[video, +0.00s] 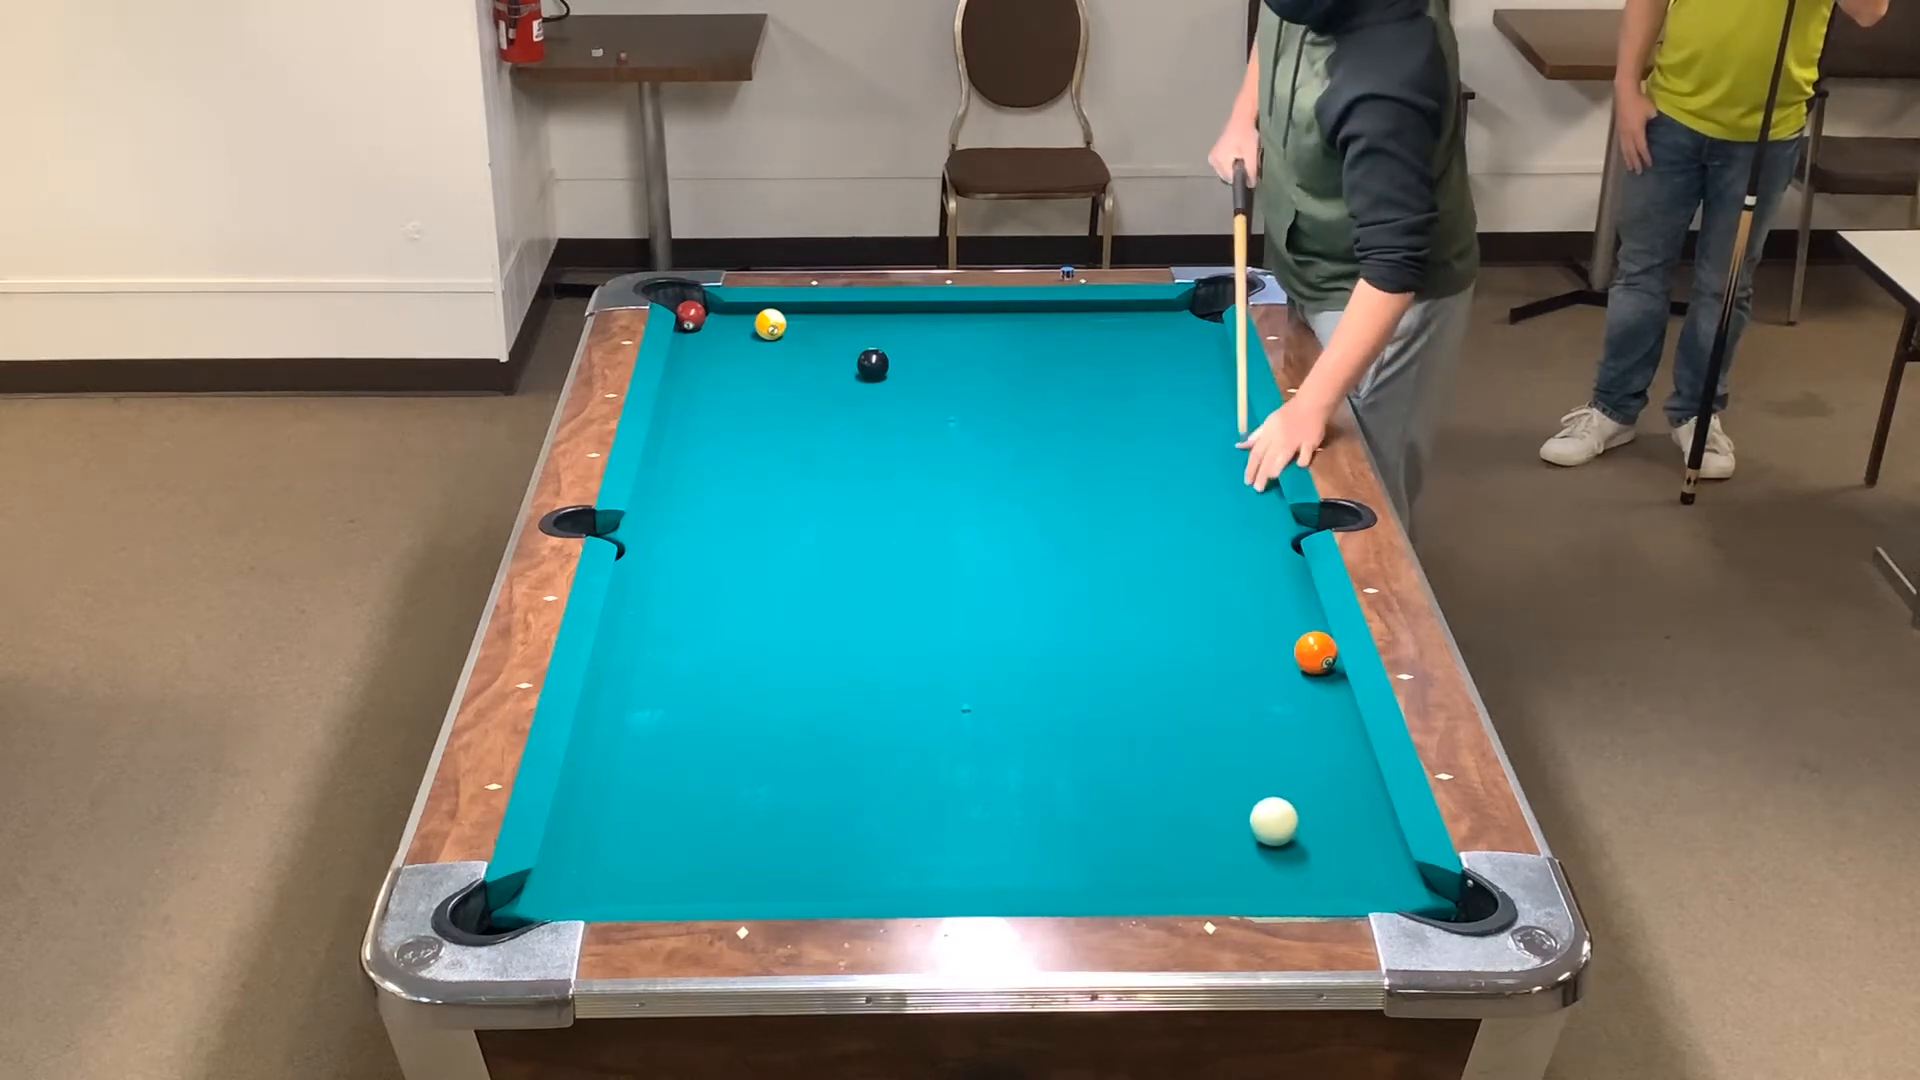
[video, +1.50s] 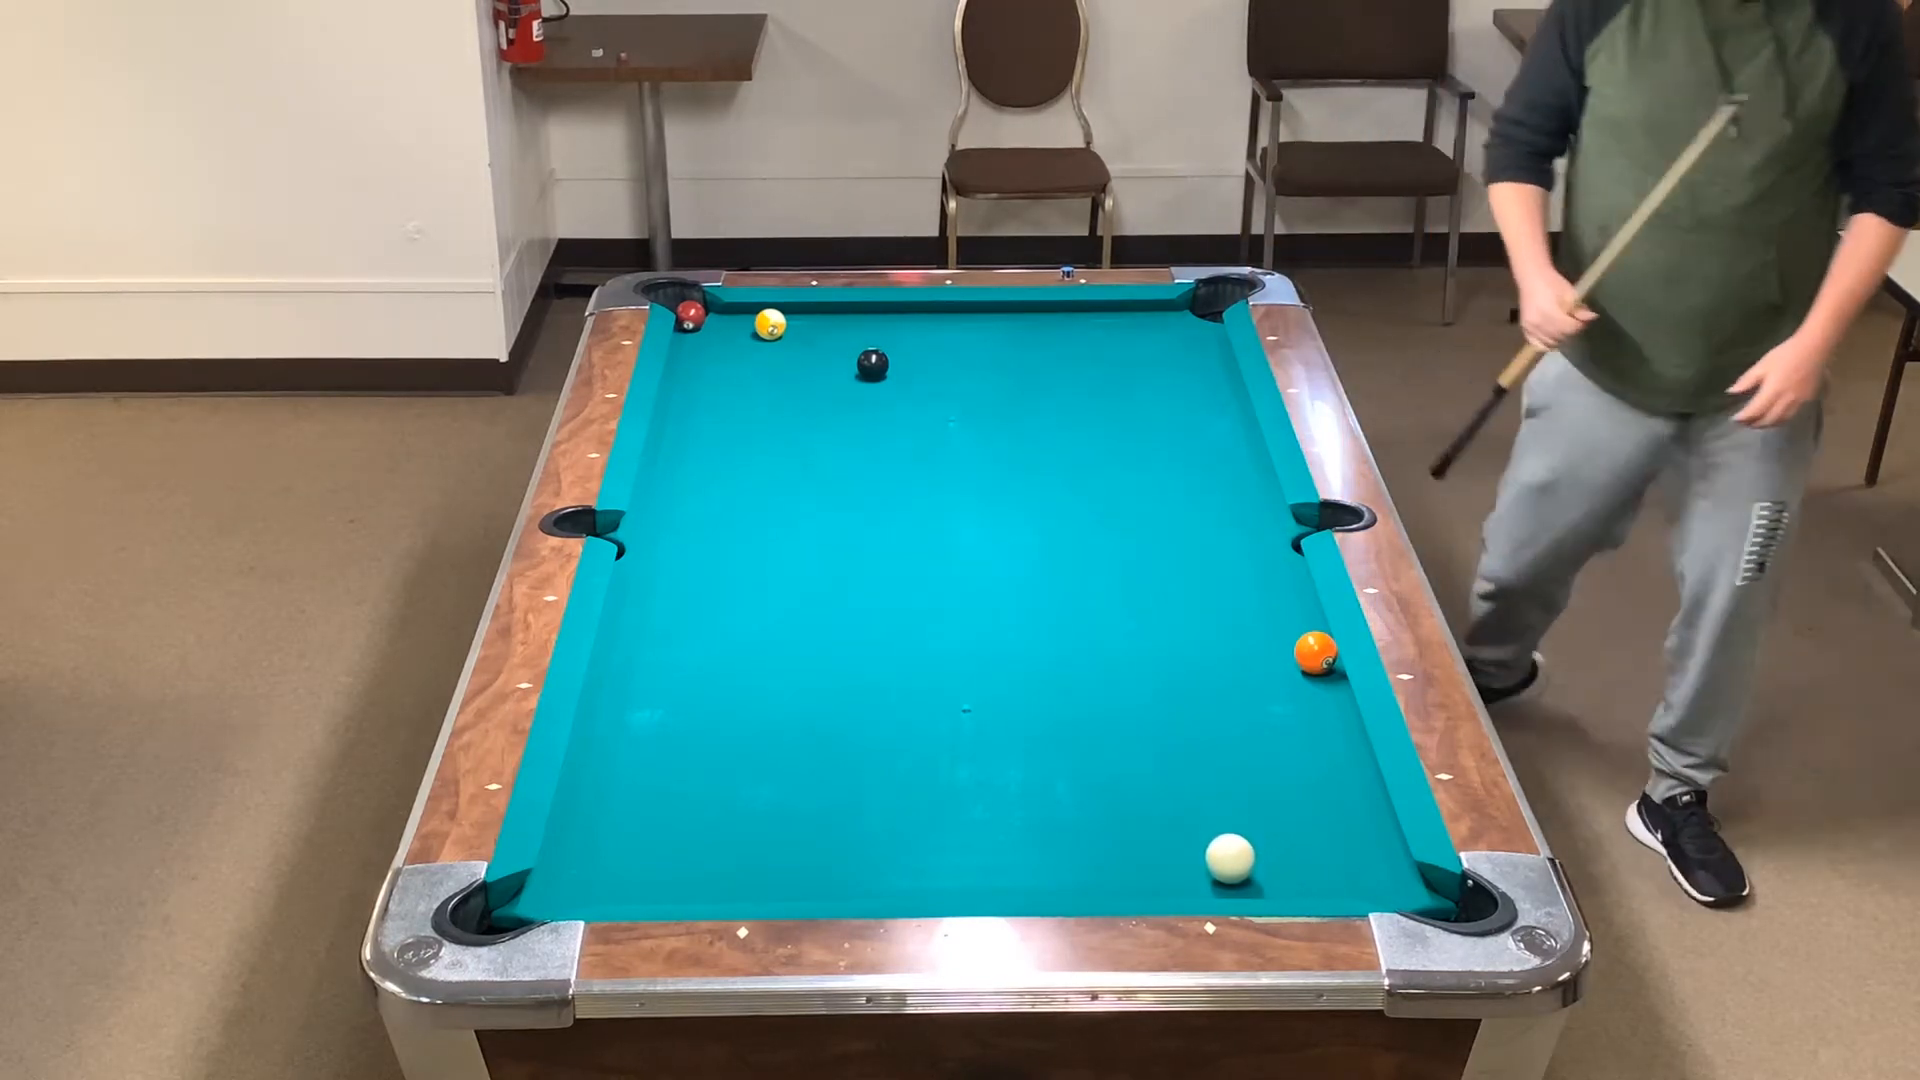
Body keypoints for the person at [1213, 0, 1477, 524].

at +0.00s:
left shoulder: (1383, 86)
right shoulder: (1301, 6)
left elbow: (1394, 268)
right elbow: (1275, 35)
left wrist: (1311, 405)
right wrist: (1243, 118)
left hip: (1390, 302)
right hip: (1322, 272)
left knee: (1368, 493)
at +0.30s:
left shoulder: (1423, 39)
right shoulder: (1317, 3)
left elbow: (1419, 240)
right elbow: (1299, 81)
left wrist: (1334, 361)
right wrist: (1271, 164)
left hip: (1410, 314)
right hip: (1338, 292)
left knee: (1379, 521)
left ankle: (1438, 680)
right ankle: (1429, 645)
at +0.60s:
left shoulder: (1472, 16)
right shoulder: (1372, 4)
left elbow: (1460, 206)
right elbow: (1371, 96)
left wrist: (1352, 338)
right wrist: (1321, 182)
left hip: (1444, 318)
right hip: (1378, 295)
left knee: (1379, 529)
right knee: (1380, 492)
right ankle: (1478, 648)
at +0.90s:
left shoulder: (1580, 9)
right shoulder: (1412, 8)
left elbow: (1606, 172)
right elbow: (1400, 83)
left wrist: (1519, 324)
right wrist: (1385, 197)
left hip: (1545, 298)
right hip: (1437, 275)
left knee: (1430, 514)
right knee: (1452, 491)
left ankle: (1375, 696)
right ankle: (1491, 665)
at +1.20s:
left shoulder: (1697, 13)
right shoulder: (1477, 6)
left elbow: (1730, 180)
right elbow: (1437, 82)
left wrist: (1670, 346)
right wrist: (1424, 210)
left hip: (1613, 320)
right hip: (1479, 297)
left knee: (1629, 550)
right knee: (1481, 501)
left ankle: (1651, 777)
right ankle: (1491, 665)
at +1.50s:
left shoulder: (1852, 16)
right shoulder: (1597, 6)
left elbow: (1890, 188)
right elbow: (1517, 144)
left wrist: (1812, 345)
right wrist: (1533, 274)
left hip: (1762, 378)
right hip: (1603, 355)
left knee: (1729, 594)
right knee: (1515, 562)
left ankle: (1678, 790)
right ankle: (1494, 666)